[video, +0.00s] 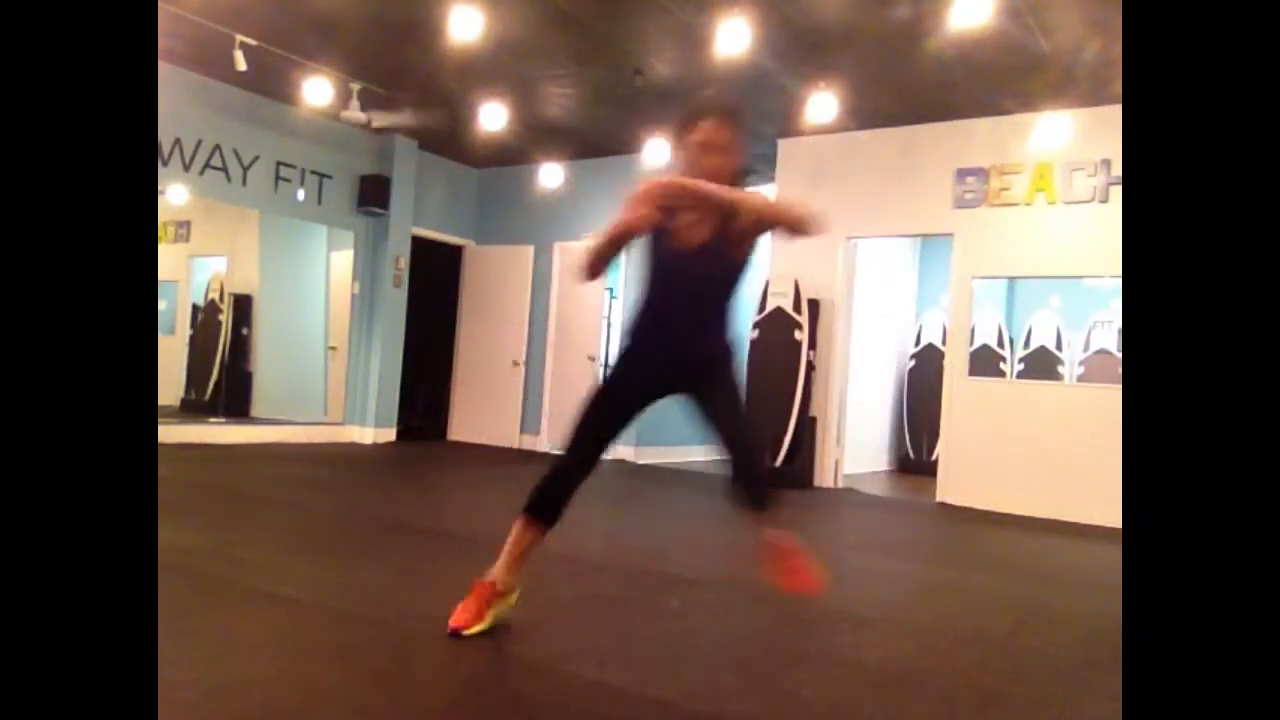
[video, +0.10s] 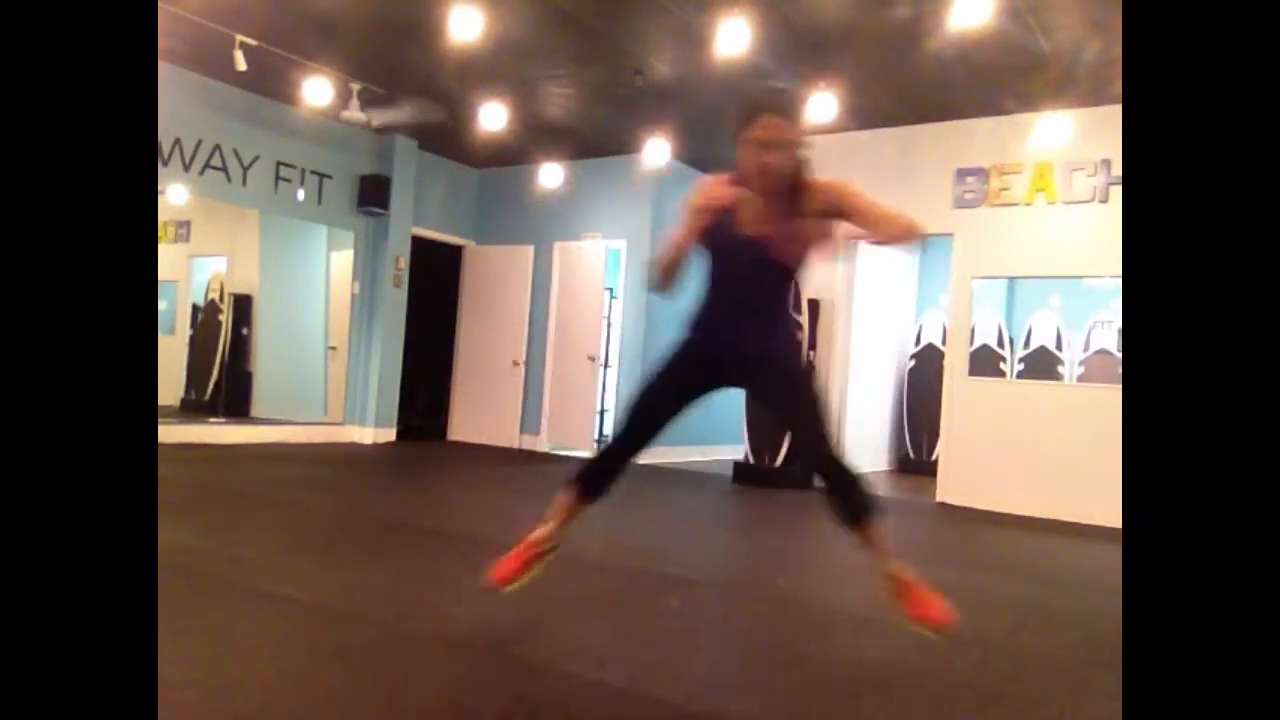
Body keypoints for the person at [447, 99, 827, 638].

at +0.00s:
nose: (709, 158)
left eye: (721, 149)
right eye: (700, 147)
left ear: (739, 158)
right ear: (682, 151)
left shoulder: (746, 212)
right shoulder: (660, 200)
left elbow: (803, 222)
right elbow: (591, 266)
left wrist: (732, 203)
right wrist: (633, 223)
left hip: (707, 362)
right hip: (646, 355)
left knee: (748, 457)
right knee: (576, 460)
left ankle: (774, 540)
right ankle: (500, 579)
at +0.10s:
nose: (772, 158)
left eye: (783, 147)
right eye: (760, 146)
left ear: (799, 150)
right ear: (739, 147)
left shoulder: (820, 199)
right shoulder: (717, 196)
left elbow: (909, 230)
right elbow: (663, 280)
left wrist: (855, 229)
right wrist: (690, 227)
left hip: (774, 356)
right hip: (708, 349)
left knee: (827, 464)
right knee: (625, 442)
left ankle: (895, 573)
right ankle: (543, 537)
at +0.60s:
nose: (936, 290)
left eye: (949, 277)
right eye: (922, 278)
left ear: (968, 284)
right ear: (902, 283)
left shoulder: (972, 336)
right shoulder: (867, 342)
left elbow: (957, 378)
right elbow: (870, 451)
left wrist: (961, 395)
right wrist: (940, 403)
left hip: (941, 440)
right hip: (879, 457)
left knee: (944, 552)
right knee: (920, 568)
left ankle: (966, 656)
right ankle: (997, 544)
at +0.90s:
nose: (789, 175)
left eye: (801, 163)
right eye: (780, 163)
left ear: (833, 170)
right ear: (773, 172)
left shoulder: (858, 226)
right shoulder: (759, 236)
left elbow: (939, 248)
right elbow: (695, 271)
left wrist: (842, 193)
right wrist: (652, 321)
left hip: (842, 388)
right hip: (773, 385)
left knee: (906, 507)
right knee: (704, 455)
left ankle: (964, 647)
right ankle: (685, 554)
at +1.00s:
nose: (708, 151)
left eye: (721, 140)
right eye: (702, 141)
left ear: (752, 145)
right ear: (695, 150)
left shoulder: (788, 197)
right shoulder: (691, 202)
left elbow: (846, 226)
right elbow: (645, 230)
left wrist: (763, 187)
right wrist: (607, 276)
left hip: (777, 358)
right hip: (710, 352)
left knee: (852, 479)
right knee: (624, 438)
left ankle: (935, 604)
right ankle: (556, 541)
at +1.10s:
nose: (644, 164)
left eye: (657, 152)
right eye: (637, 152)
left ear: (688, 154)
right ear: (632, 156)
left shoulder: (718, 211)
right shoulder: (630, 207)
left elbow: (740, 257)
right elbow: (594, 243)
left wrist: (678, 217)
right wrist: (567, 285)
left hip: (708, 363)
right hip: (643, 358)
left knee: (768, 462)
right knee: (571, 450)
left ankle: (847, 561)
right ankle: (490, 563)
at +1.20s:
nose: (588, 210)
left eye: (601, 198)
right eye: (580, 199)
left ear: (629, 202)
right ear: (573, 204)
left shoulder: (656, 265)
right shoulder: (569, 251)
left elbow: (658, 331)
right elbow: (553, 289)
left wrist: (594, 270)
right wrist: (532, 326)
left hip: (641, 395)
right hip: (581, 385)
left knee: (677, 518)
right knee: (517, 479)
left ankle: (726, 521)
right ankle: (480, 599)